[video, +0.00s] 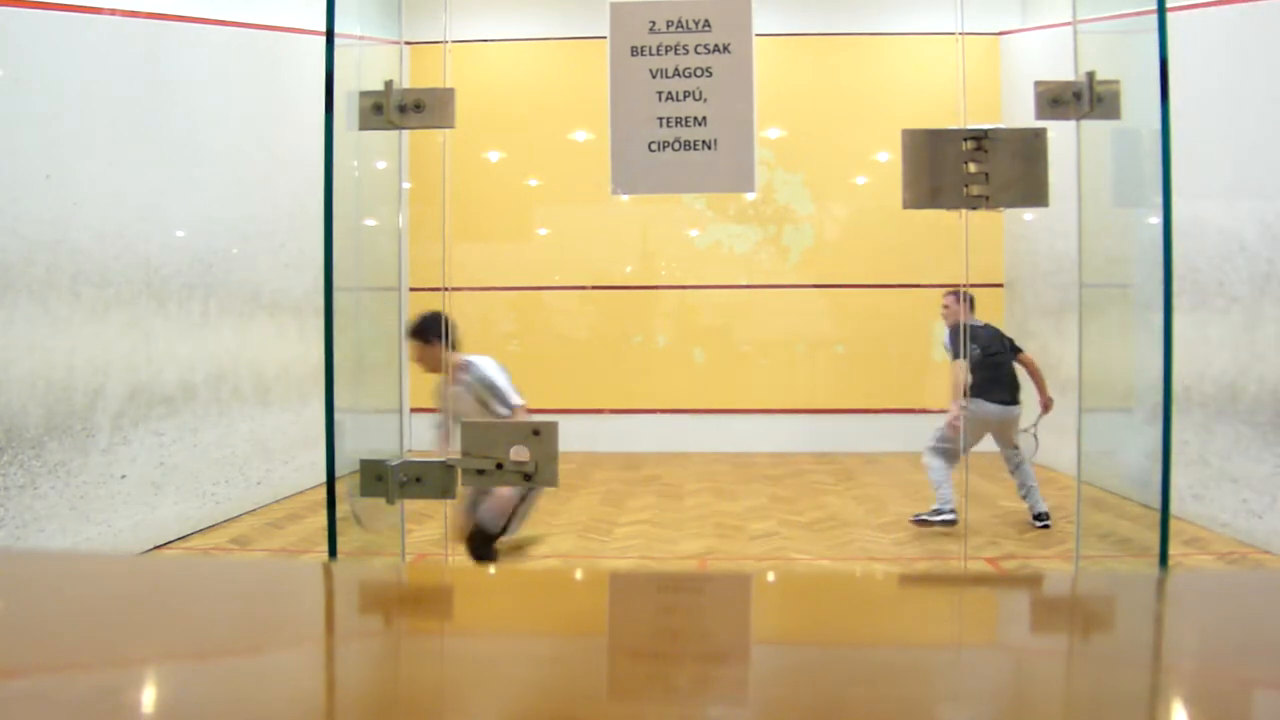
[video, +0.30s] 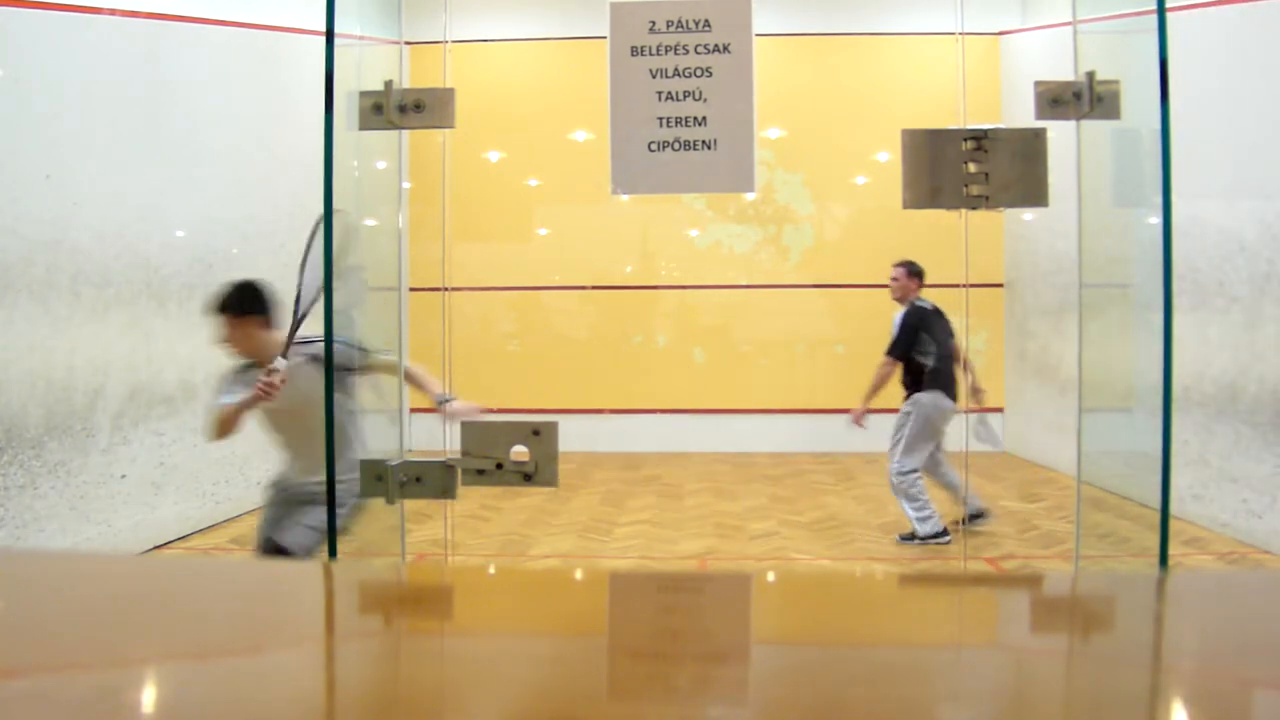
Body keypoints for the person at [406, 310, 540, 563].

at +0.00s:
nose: (415, 357)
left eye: (419, 347)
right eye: (415, 348)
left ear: (436, 344)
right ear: (435, 345)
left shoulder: (479, 369)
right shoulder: (445, 386)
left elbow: (520, 416)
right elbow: (446, 436)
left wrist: (509, 481)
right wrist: (443, 473)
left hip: (516, 468)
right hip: (486, 468)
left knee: (481, 539)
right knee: (471, 534)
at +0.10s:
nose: (365, 347)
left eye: (369, 336)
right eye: (364, 337)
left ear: (388, 332)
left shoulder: (426, 357)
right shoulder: (400, 376)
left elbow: (482, 392)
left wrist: (475, 443)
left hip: (471, 462)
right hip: (439, 459)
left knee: (463, 545)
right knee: (371, 522)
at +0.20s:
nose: (302, 337)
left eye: (308, 326)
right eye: (302, 326)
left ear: (328, 324)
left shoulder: (375, 354)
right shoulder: (320, 370)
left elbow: (444, 370)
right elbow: (304, 415)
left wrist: (471, 398)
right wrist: (297, 425)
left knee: (376, 558)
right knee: (309, 546)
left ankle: (438, 559)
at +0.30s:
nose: (226, 340)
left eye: (231, 328)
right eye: (226, 329)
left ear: (256, 324)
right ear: (246, 326)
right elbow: (219, 430)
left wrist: (445, 400)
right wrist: (250, 400)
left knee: (285, 554)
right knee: (268, 556)